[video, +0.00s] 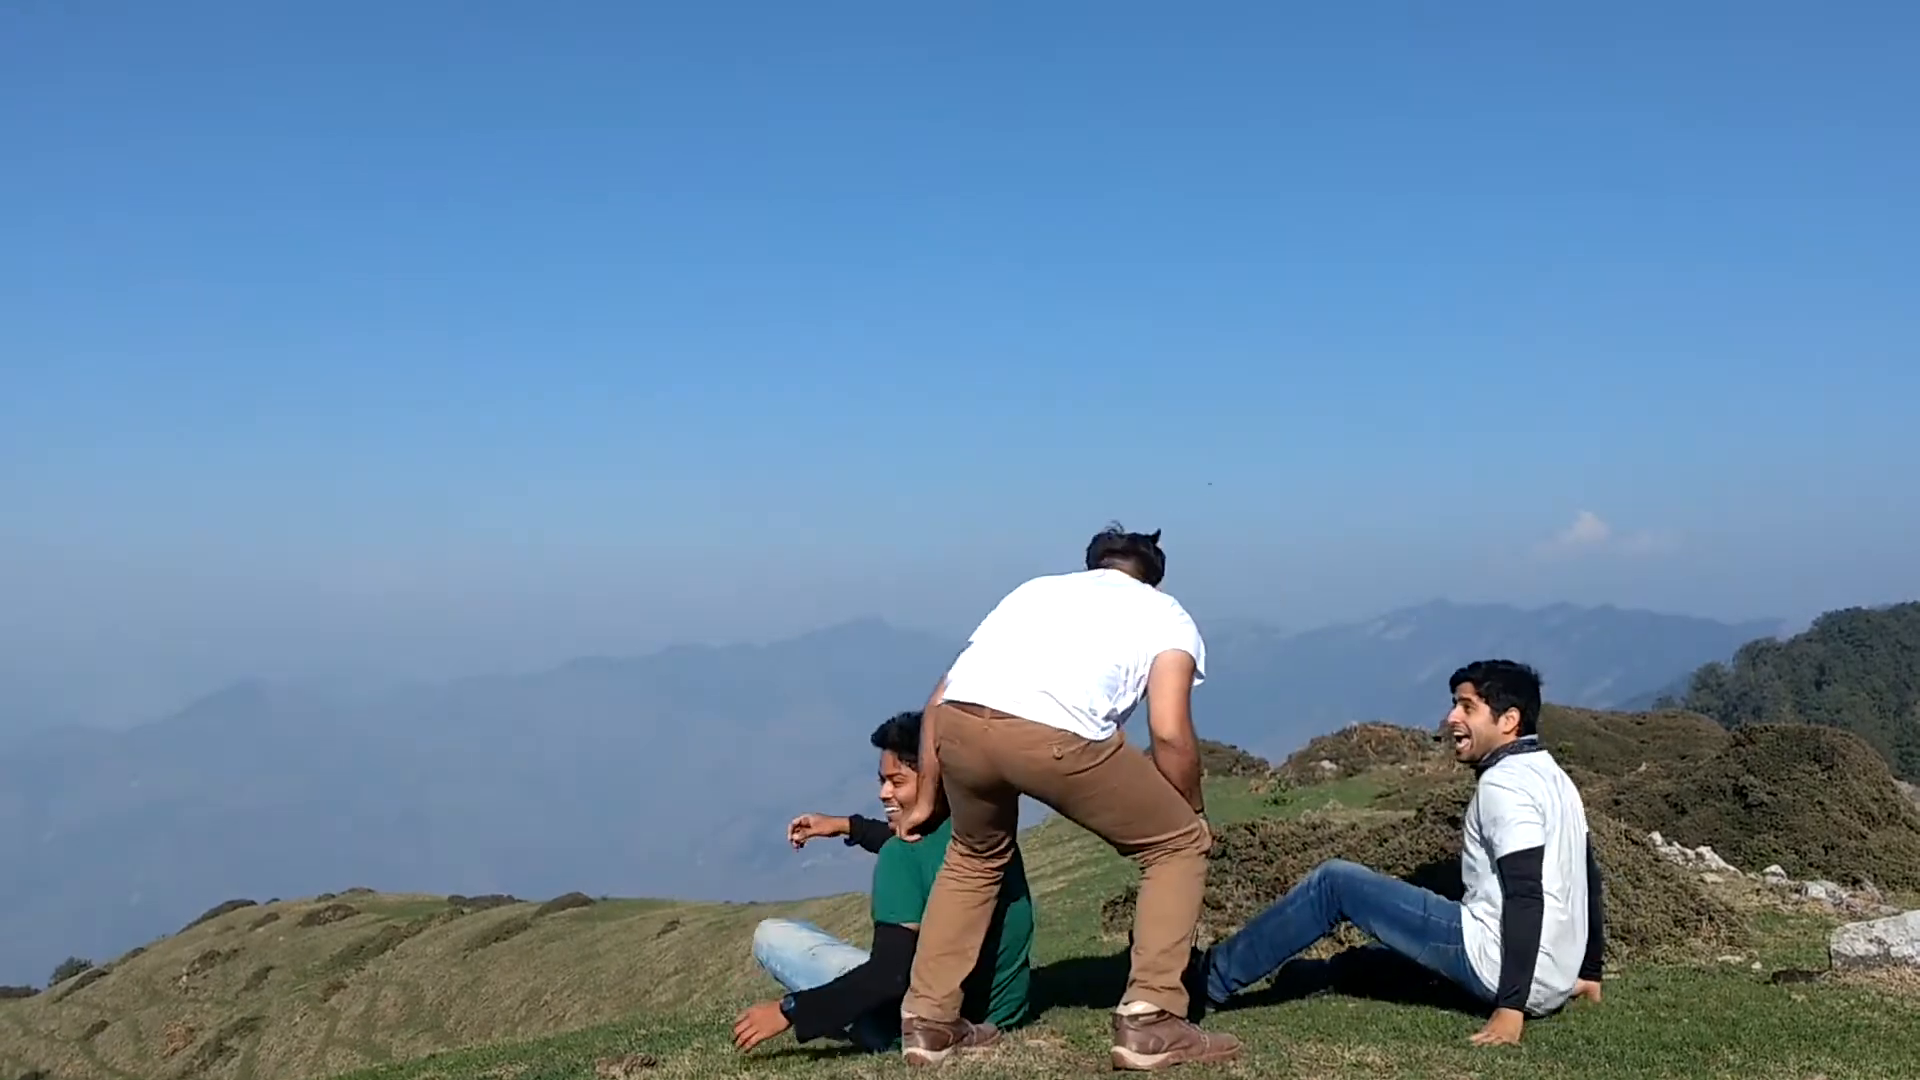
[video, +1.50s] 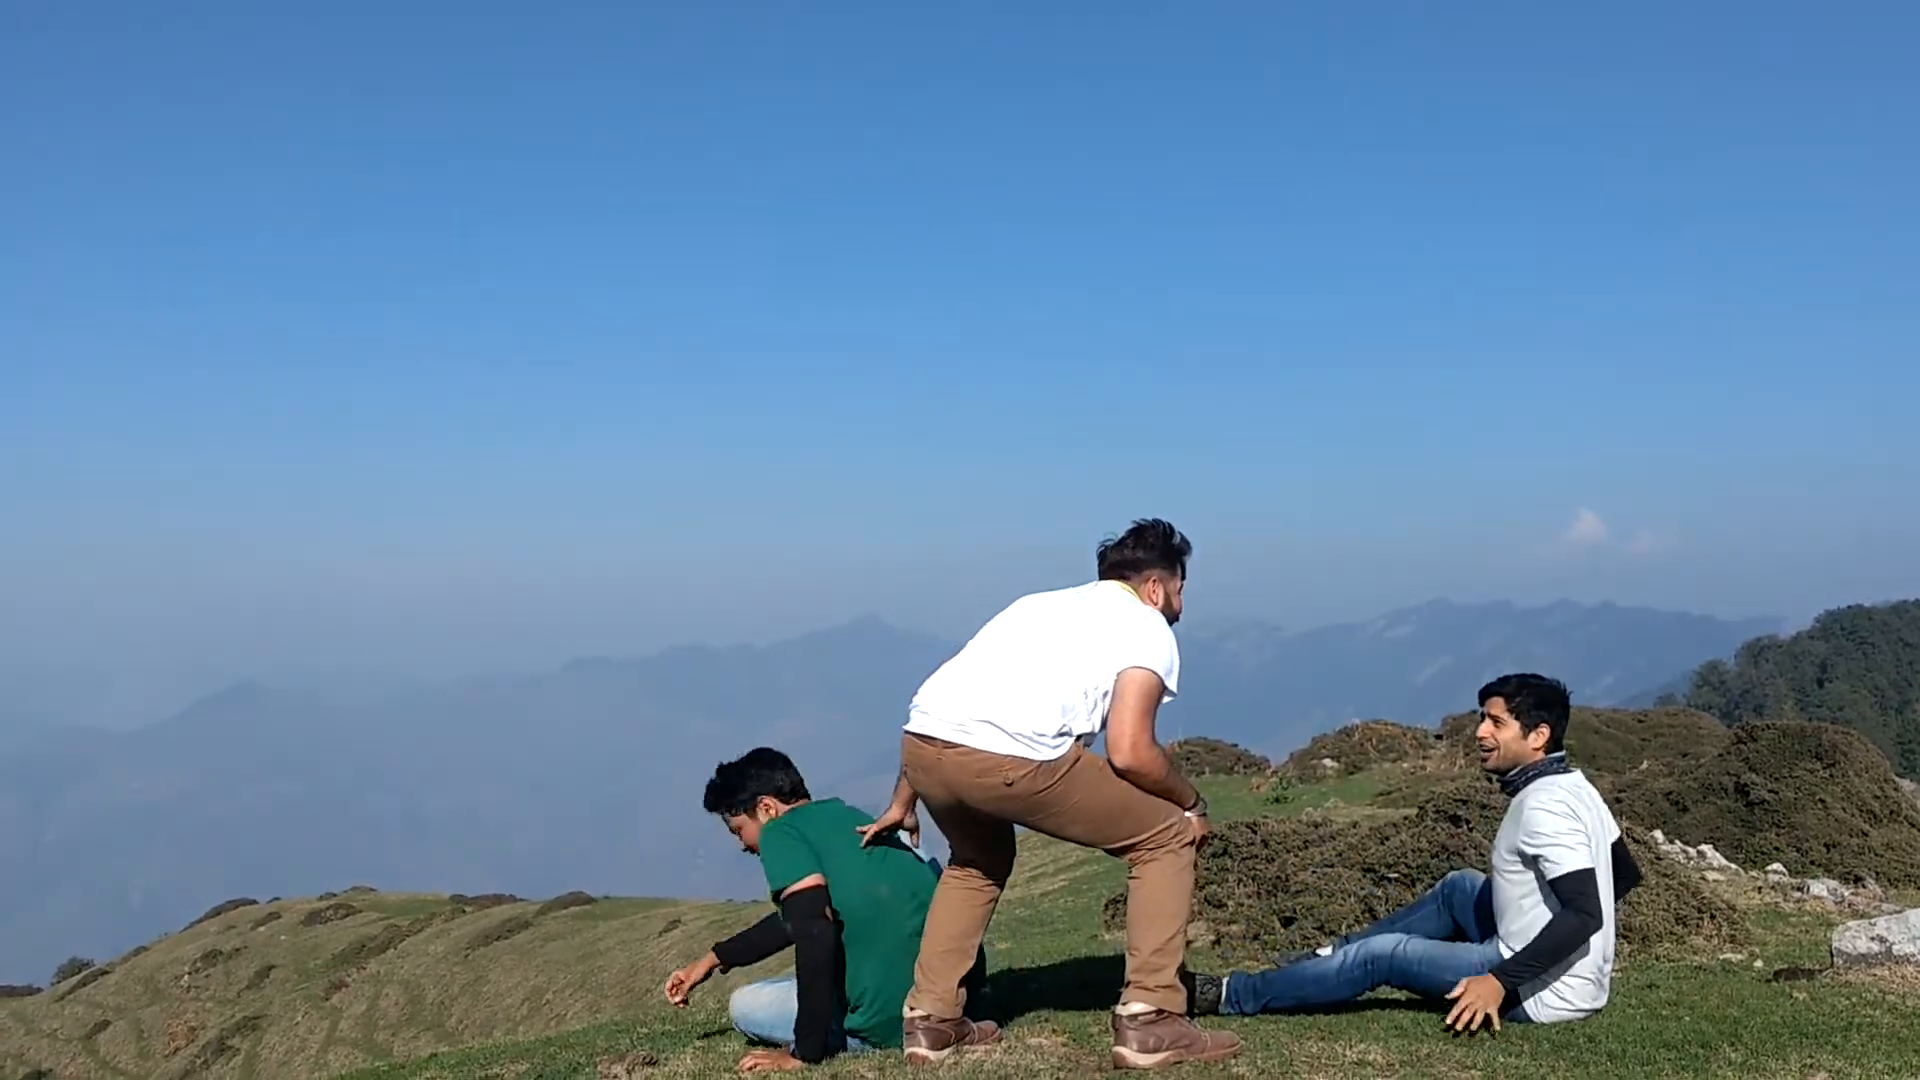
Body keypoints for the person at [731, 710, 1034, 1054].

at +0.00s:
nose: (884, 794)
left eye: (896, 781)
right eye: (883, 780)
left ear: (933, 778)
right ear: (940, 781)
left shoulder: (902, 852)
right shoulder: (986, 829)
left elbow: (890, 975)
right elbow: (916, 840)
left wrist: (789, 1011)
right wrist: (847, 827)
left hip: (937, 1023)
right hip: (1006, 1007)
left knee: (770, 933)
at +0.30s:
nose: (844, 804)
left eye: (850, 790)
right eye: (844, 790)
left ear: (892, 787)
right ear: (894, 786)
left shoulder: (879, 862)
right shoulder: (955, 831)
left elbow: (884, 984)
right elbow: (887, 860)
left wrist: (806, 1052)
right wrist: (810, 867)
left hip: (944, 1023)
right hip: (1001, 1003)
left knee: (759, 956)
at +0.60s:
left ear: (836, 796)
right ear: (905, 775)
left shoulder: (835, 854)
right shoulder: (946, 820)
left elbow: (850, 964)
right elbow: (902, 868)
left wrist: (807, 1053)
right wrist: (820, 891)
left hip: (905, 1030)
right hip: (996, 1009)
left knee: (761, 955)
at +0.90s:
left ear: (804, 801)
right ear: (868, 782)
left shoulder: (802, 847)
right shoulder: (915, 823)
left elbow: (828, 948)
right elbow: (893, 897)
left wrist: (805, 1055)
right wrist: (801, 919)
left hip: (887, 1028)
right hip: (979, 1004)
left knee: (747, 987)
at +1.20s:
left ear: (784, 805)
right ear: (845, 782)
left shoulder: (787, 843)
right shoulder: (888, 819)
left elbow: (821, 941)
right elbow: (877, 899)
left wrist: (803, 1054)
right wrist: (783, 932)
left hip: (877, 1026)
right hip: (955, 997)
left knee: (744, 993)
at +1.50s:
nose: (743, 844)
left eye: (738, 829)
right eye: (735, 833)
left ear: (768, 808)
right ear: (798, 799)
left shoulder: (781, 835)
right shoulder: (853, 816)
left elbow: (816, 932)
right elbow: (797, 913)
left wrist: (805, 1052)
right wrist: (715, 958)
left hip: (888, 1023)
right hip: (957, 993)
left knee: (744, 1002)